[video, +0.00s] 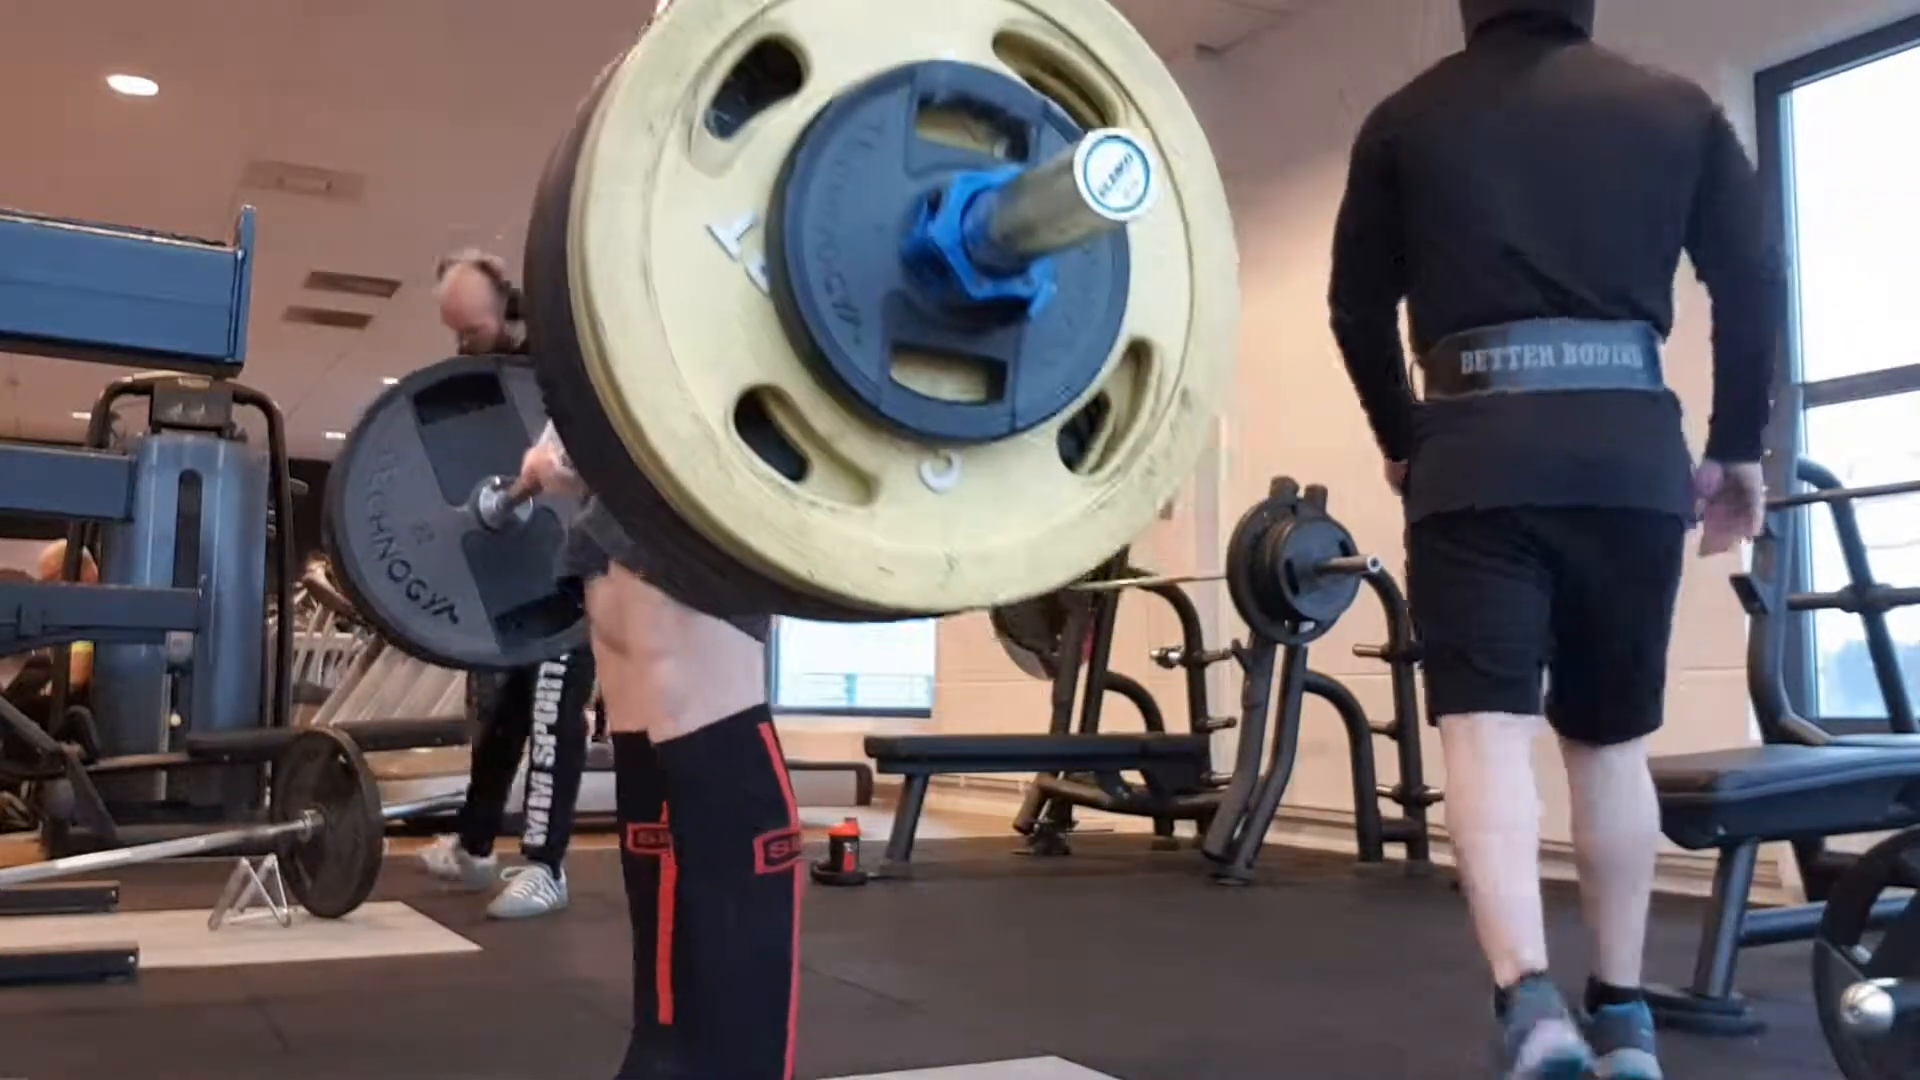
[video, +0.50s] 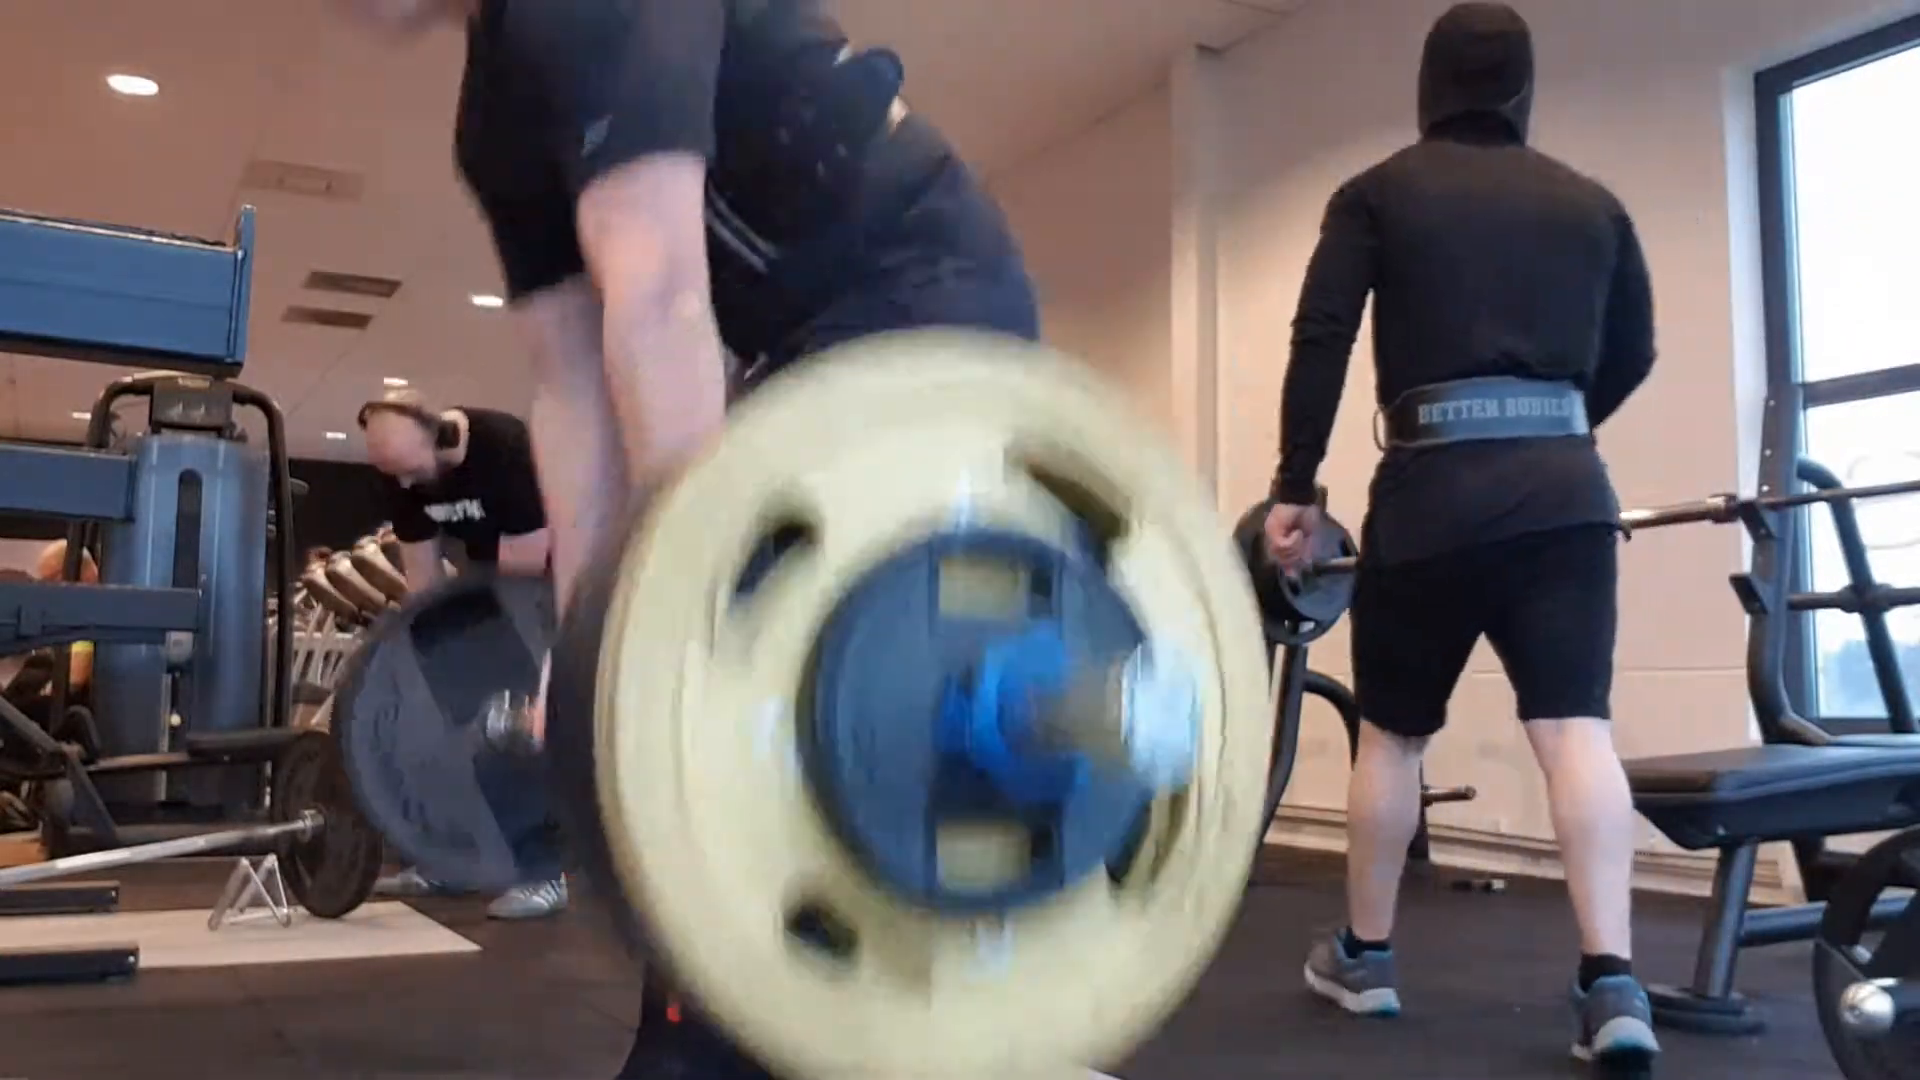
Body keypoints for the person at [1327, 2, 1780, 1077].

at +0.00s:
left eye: (1459, 23)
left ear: (1470, 18)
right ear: (1586, 15)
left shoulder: (1405, 117)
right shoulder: (1675, 104)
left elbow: (1358, 307)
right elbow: (1751, 272)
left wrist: (1405, 438)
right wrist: (1739, 447)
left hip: (1475, 456)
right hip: (1632, 454)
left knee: (1487, 731)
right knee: (1612, 737)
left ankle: (1528, 1006)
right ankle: (1621, 1012)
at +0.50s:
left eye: (1435, 82)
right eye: (1504, 83)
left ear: (1425, 90)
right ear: (1523, 96)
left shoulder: (1375, 195)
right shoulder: (1592, 202)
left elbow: (1320, 335)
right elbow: (1631, 353)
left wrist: (1295, 484)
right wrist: (1547, 433)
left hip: (1431, 498)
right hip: (1565, 495)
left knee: (1393, 732)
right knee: (1576, 728)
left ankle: (1365, 957)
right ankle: (1612, 984)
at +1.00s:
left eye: (1355, 143)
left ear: (1343, 154)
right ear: (1430, 151)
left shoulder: (1299, 254)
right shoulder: (1493, 246)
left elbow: (1247, 381)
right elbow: (1524, 360)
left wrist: (1248, 498)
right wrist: (1445, 338)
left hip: (1357, 509)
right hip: (1471, 509)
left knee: (1358, 724)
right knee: (1469, 721)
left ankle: (1367, 950)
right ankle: (1480, 930)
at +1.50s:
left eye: (1423, 196)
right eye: (1464, 204)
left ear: (1402, 208)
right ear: (1479, 216)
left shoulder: (1348, 288)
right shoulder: (1516, 303)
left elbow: (1295, 404)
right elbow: (1502, 400)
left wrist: (1282, 511)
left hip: (1373, 530)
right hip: (1474, 531)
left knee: (1331, 698)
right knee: (1458, 724)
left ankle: (1362, 857)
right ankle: (1455, 917)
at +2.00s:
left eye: (1343, 257)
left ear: (1339, 266)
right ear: (1413, 264)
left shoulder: (1305, 343)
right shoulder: (1460, 334)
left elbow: (1265, 448)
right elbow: (1480, 410)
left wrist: (1256, 543)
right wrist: (1418, 389)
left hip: (1349, 554)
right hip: (1442, 548)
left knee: (1351, 724)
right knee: (1448, 714)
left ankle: (1359, 894)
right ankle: (1447, 849)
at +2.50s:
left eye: (1339, 292)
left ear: (1340, 300)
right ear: (1406, 297)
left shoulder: (1320, 361)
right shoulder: (1454, 362)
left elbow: (1296, 447)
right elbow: (1483, 442)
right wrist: (1427, 408)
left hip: (1348, 567)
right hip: (1436, 568)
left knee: (1351, 725)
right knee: (1446, 730)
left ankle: (1359, 886)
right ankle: (1461, 879)